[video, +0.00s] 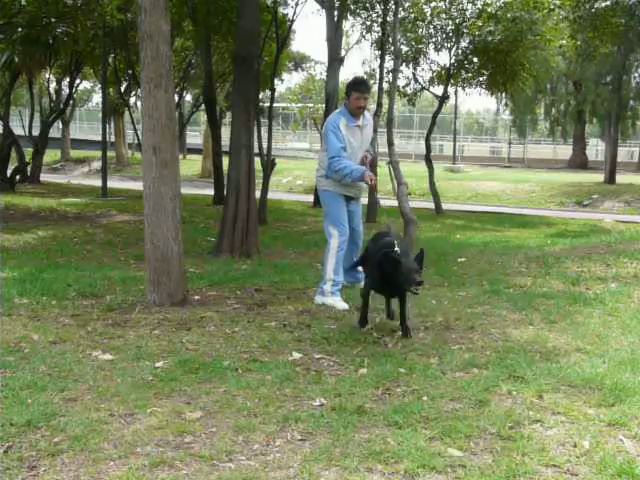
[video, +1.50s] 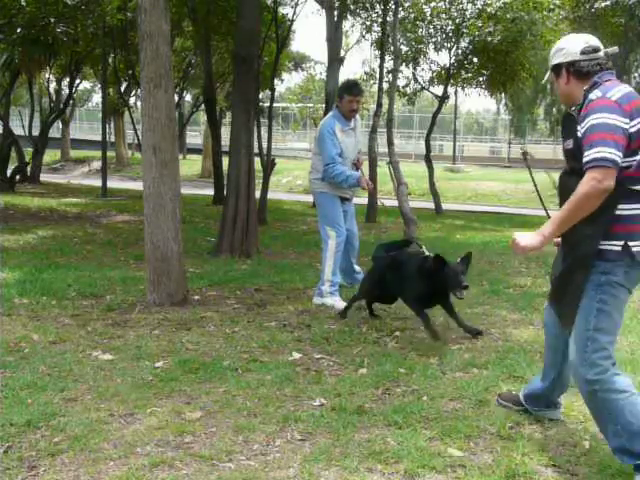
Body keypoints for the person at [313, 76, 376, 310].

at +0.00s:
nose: (362, 103)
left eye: (365, 99)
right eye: (357, 99)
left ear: (368, 100)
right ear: (347, 98)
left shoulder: (367, 120)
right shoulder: (334, 123)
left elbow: (364, 147)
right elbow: (335, 163)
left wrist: (367, 156)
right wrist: (361, 173)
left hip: (353, 186)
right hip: (332, 184)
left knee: (356, 234)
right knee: (339, 234)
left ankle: (351, 273)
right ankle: (328, 291)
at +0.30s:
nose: (358, 105)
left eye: (361, 101)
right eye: (353, 100)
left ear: (365, 101)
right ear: (343, 100)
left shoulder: (363, 121)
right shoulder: (331, 125)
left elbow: (361, 147)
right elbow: (331, 166)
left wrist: (363, 158)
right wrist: (356, 181)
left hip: (350, 187)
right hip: (329, 186)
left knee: (354, 235)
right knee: (337, 235)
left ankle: (351, 274)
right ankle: (328, 291)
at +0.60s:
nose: (361, 106)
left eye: (364, 102)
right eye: (356, 101)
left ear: (367, 102)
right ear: (345, 101)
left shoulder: (361, 123)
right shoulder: (335, 127)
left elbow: (357, 148)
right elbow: (338, 168)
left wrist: (362, 159)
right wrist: (368, 182)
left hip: (348, 187)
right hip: (330, 186)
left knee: (354, 233)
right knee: (340, 234)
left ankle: (352, 275)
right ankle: (328, 292)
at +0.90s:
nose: (360, 106)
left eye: (364, 102)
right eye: (356, 102)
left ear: (367, 102)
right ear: (345, 101)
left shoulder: (361, 123)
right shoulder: (334, 126)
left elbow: (357, 150)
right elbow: (337, 168)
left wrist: (361, 159)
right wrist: (366, 178)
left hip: (348, 188)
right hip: (328, 187)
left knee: (353, 234)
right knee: (336, 235)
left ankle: (352, 276)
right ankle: (327, 291)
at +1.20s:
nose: (356, 106)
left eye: (359, 102)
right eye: (351, 102)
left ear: (362, 102)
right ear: (340, 101)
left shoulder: (353, 125)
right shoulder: (330, 126)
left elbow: (350, 154)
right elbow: (334, 169)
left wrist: (360, 158)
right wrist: (364, 178)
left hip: (346, 190)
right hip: (327, 189)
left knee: (351, 235)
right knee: (337, 235)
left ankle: (343, 286)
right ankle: (327, 290)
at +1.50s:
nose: (355, 106)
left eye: (358, 102)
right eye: (350, 102)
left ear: (360, 102)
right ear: (339, 101)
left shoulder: (353, 124)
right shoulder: (329, 127)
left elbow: (349, 152)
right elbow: (330, 169)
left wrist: (356, 159)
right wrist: (356, 178)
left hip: (344, 188)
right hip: (326, 188)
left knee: (351, 234)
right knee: (335, 235)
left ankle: (350, 275)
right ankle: (326, 291)